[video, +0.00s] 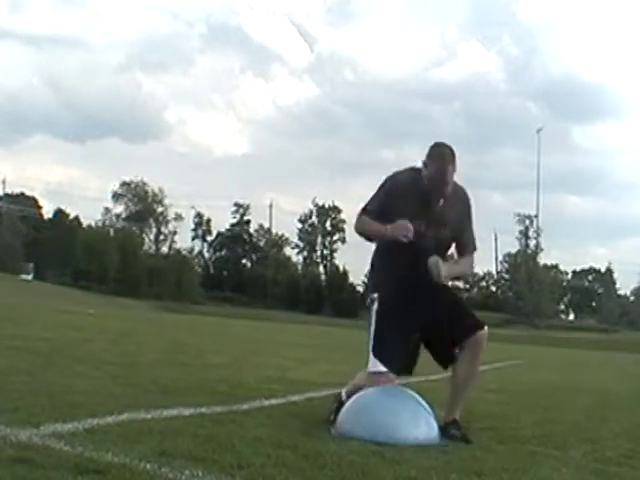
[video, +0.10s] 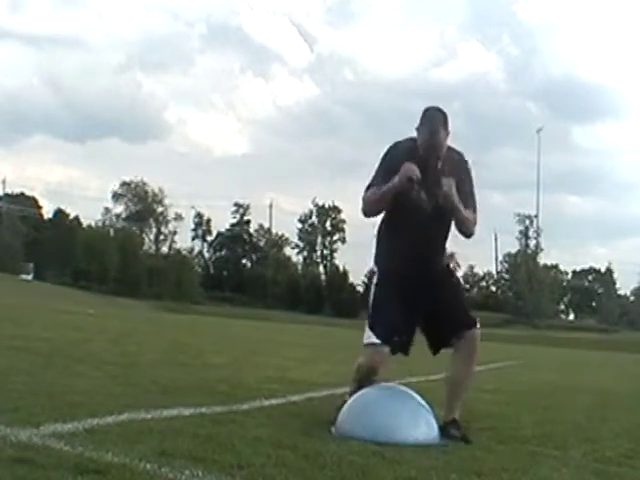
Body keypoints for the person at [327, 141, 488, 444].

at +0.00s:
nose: (440, 190)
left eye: (445, 184)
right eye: (435, 183)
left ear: (454, 175)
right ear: (423, 171)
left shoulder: (458, 199)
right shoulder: (400, 183)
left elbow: (467, 261)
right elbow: (361, 223)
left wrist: (448, 269)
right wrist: (387, 230)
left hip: (430, 285)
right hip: (391, 284)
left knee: (475, 337)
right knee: (386, 375)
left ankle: (451, 419)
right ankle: (346, 397)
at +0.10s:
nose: (434, 149)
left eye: (439, 142)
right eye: (428, 141)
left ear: (448, 137)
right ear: (417, 133)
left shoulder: (457, 165)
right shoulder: (399, 154)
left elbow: (469, 228)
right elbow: (368, 207)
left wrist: (451, 200)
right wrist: (397, 183)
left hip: (434, 270)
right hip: (393, 268)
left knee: (468, 336)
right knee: (374, 359)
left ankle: (451, 419)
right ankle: (353, 408)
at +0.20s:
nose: (426, 117)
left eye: (431, 109)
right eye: (420, 110)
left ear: (441, 106)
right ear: (410, 106)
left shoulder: (453, 134)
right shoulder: (393, 128)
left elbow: (469, 194)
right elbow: (367, 180)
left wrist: (450, 152)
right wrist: (394, 142)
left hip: (435, 249)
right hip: (393, 248)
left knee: (460, 331)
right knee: (370, 334)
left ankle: (453, 418)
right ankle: (362, 410)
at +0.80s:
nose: (394, 101)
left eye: (399, 94)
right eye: (390, 95)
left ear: (414, 86)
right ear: (387, 92)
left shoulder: (438, 118)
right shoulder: (389, 119)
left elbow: (458, 173)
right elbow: (376, 170)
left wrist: (423, 157)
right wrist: (371, 144)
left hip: (425, 240)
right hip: (389, 237)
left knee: (436, 337)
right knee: (365, 325)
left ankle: (456, 419)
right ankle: (357, 407)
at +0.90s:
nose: (384, 125)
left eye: (387, 117)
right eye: (379, 119)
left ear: (403, 106)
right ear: (375, 112)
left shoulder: (428, 137)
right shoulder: (386, 135)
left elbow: (450, 195)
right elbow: (383, 175)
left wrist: (415, 208)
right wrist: (365, 163)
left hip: (424, 253)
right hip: (391, 249)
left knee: (421, 344)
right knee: (356, 325)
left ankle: (463, 415)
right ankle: (355, 404)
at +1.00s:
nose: (370, 160)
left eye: (374, 153)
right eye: (366, 154)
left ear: (394, 140)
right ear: (365, 145)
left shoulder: (415, 172)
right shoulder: (388, 163)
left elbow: (437, 232)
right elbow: (390, 189)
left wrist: (405, 276)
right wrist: (367, 189)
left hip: (418, 271)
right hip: (390, 265)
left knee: (410, 357)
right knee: (347, 321)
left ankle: (468, 412)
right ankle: (353, 404)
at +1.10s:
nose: (365, 204)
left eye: (368, 197)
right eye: (360, 198)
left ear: (383, 182)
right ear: (361, 182)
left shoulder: (404, 215)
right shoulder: (387, 172)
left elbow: (417, 284)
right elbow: (386, 203)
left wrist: (397, 347)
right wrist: (364, 211)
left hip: (420, 292)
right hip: (389, 281)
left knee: (402, 377)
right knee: (343, 324)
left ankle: (464, 411)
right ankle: (352, 403)